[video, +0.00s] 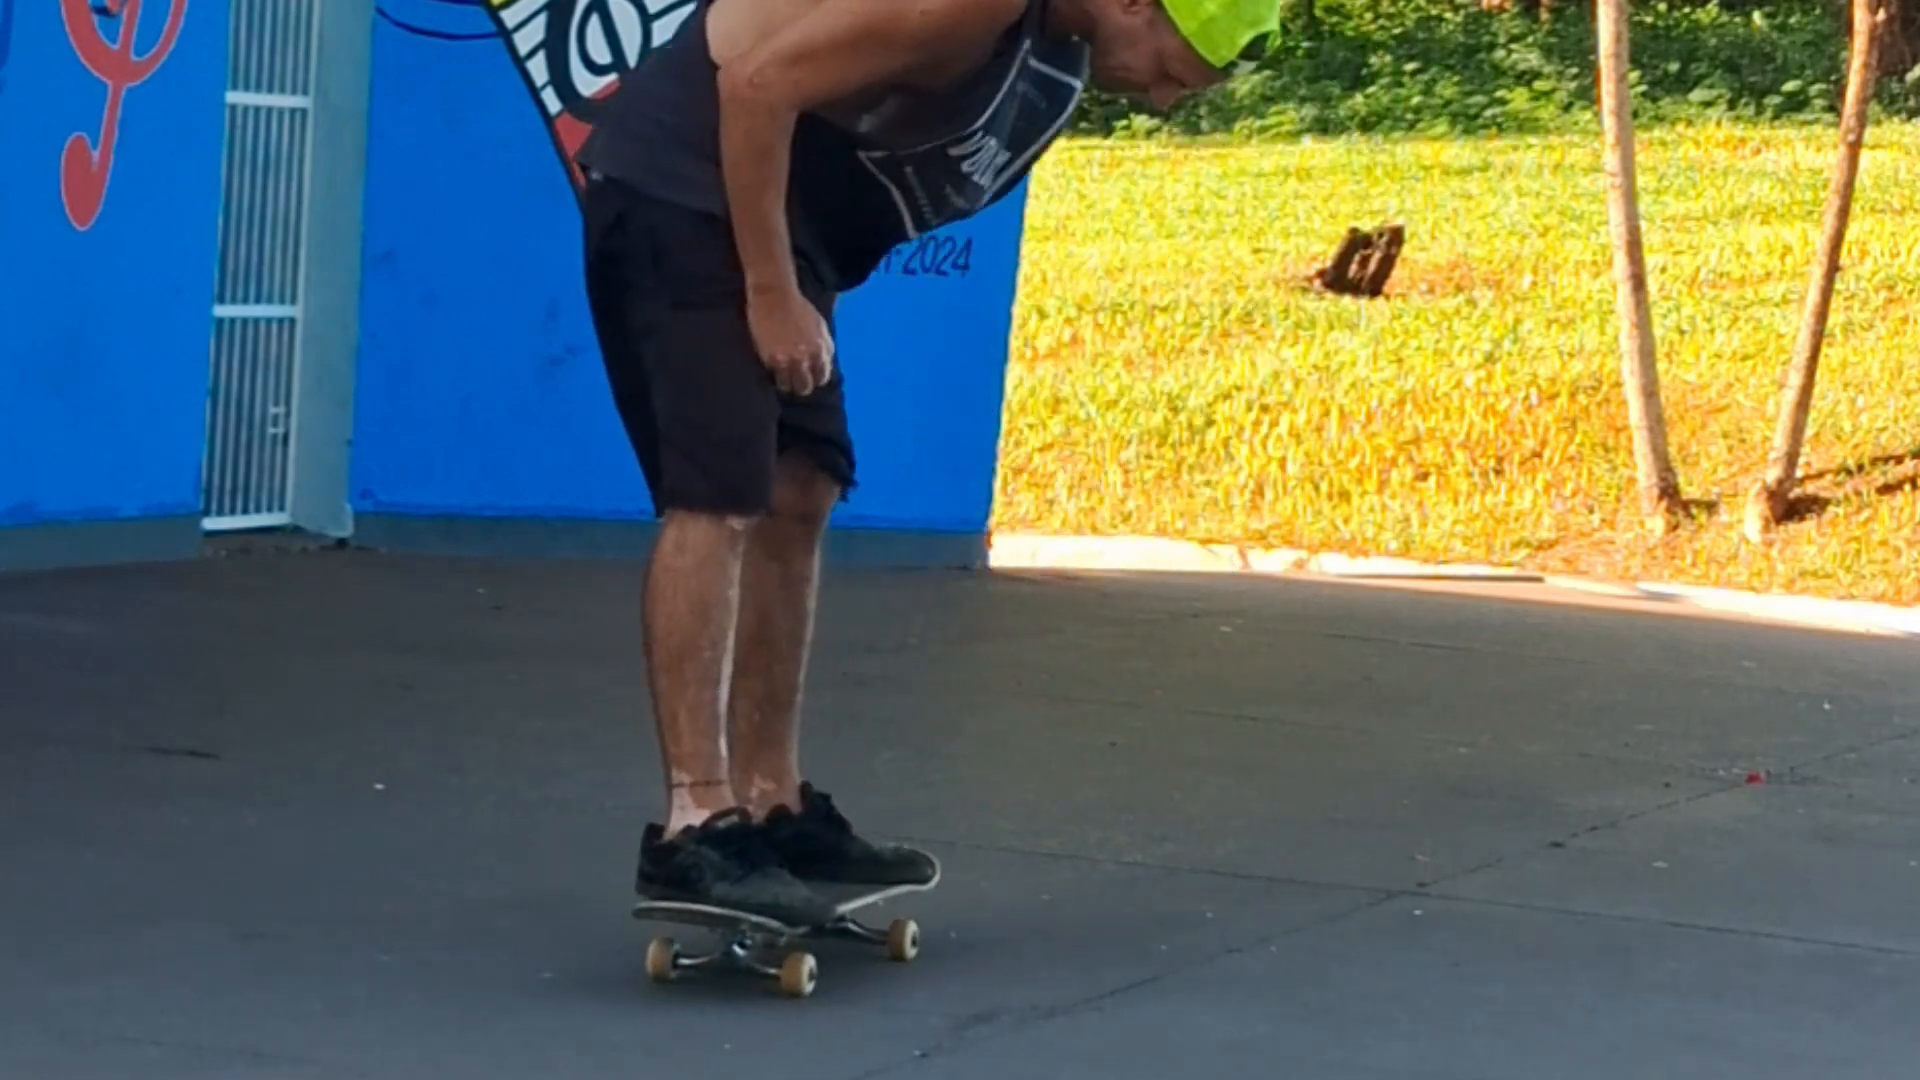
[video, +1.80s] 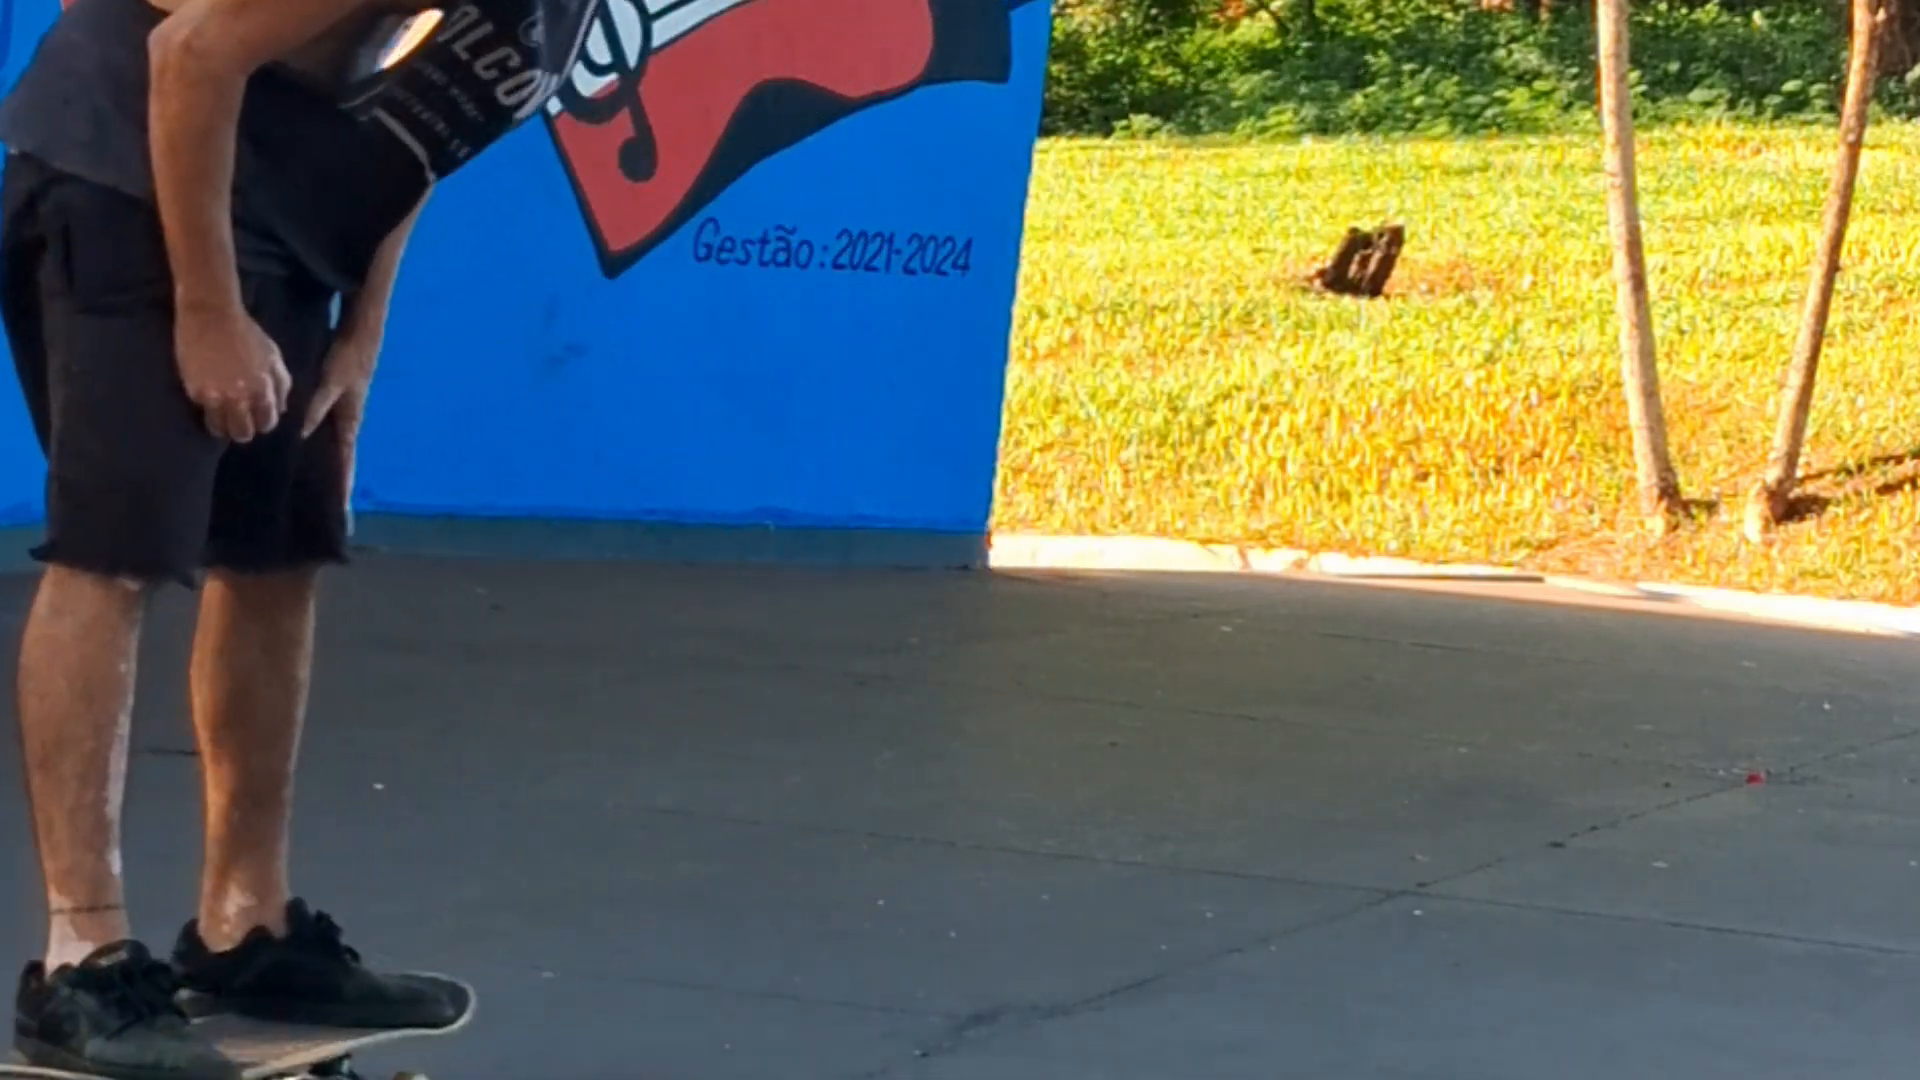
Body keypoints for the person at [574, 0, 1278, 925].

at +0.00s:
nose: (1178, 92)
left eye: (1200, 82)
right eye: (1176, 65)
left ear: (1125, 7)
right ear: (1132, 1)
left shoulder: (1057, 64)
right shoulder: (970, 13)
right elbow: (755, 80)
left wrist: (810, 282)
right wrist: (772, 288)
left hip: (785, 229)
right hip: (675, 191)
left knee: (800, 484)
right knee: (717, 488)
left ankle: (771, 807)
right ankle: (693, 825)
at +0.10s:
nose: (1151, 89)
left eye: (1170, 79)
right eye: (1155, 63)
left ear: (1101, 11)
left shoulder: (1006, 50)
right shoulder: (943, 12)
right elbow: (731, 77)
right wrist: (742, 291)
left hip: (758, 229)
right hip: (655, 195)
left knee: (760, 497)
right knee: (676, 496)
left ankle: (748, 814)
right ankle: (667, 832)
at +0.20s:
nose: (1132, 83)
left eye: (1149, 73)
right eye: (1132, 58)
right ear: (1089, 2)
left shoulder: (1006, 69)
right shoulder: (921, 12)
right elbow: (704, 81)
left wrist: (754, 290)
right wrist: (711, 296)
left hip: (731, 231)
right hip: (627, 198)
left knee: (727, 506)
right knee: (642, 502)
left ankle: (724, 818)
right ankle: (640, 838)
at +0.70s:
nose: (1014, 23)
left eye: (1026, 20)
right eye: (1012, 6)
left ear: (993, 17)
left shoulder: (907, 51)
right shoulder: (771, 4)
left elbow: (723, 143)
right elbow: (550, 67)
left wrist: (685, 311)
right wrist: (557, 294)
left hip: (609, 225)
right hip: (479, 178)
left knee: (590, 521)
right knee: (485, 512)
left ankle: (603, 854)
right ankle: (499, 874)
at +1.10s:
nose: (879, 7)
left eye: (889, 5)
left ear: (853, 3)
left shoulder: (761, 19)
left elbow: (637, 168)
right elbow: (416, 63)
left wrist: (560, 340)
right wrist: (432, 297)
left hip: (489, 231)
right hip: (351, 183)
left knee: (468, 533)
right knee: (355, 528)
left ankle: (490, 878)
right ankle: (368, 901)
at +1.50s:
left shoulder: (631, 21)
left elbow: (518, 154)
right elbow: (283, 55)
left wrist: (441, 334)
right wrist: (299, 303)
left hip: (386, 202)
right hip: (227, 155)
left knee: (356, 542)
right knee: (213, 540)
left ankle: (358, 908)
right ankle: (214, 941)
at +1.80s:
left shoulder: (559, 17)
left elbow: (415, 131)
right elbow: (194, 50)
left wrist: (361, 328)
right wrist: (208, 307)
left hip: (293, 212)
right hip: (120, 162)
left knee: (277, 543)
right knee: (113, 544)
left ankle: (243, 933)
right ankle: (80, 961)